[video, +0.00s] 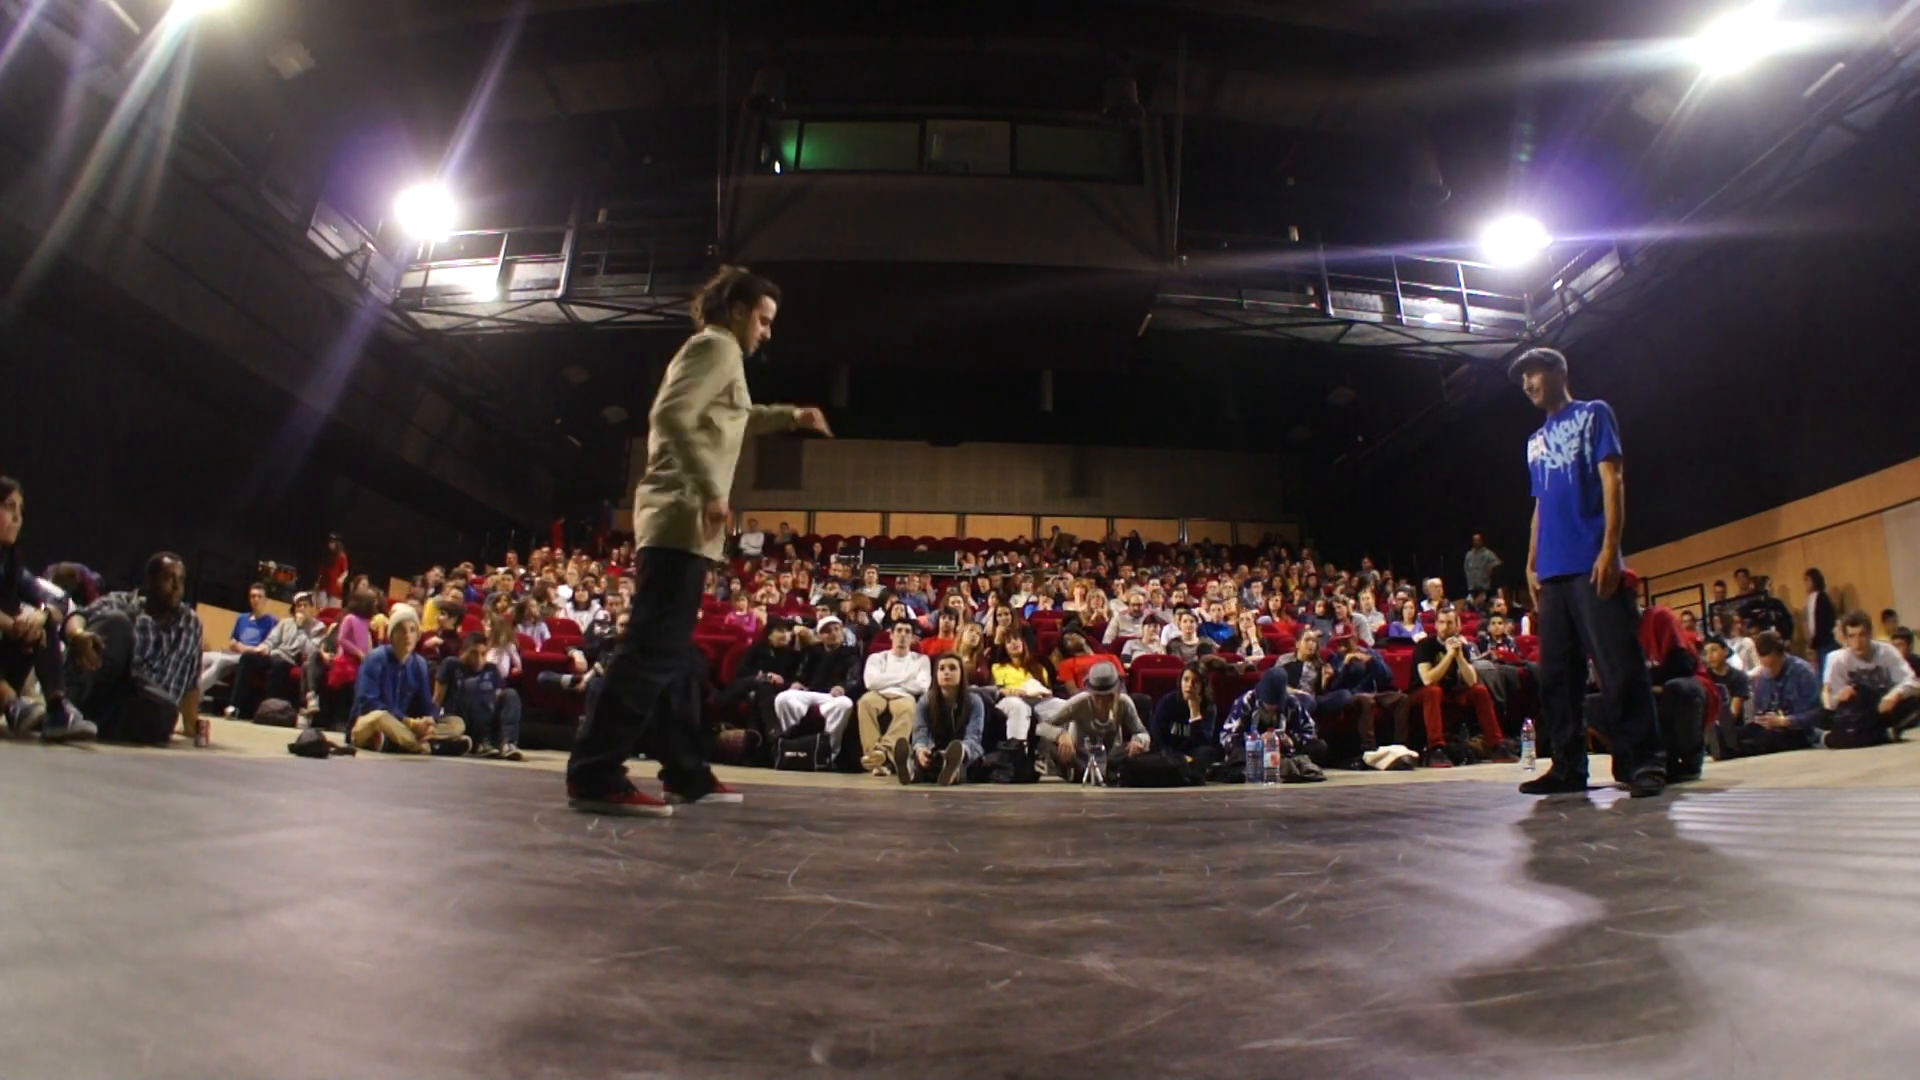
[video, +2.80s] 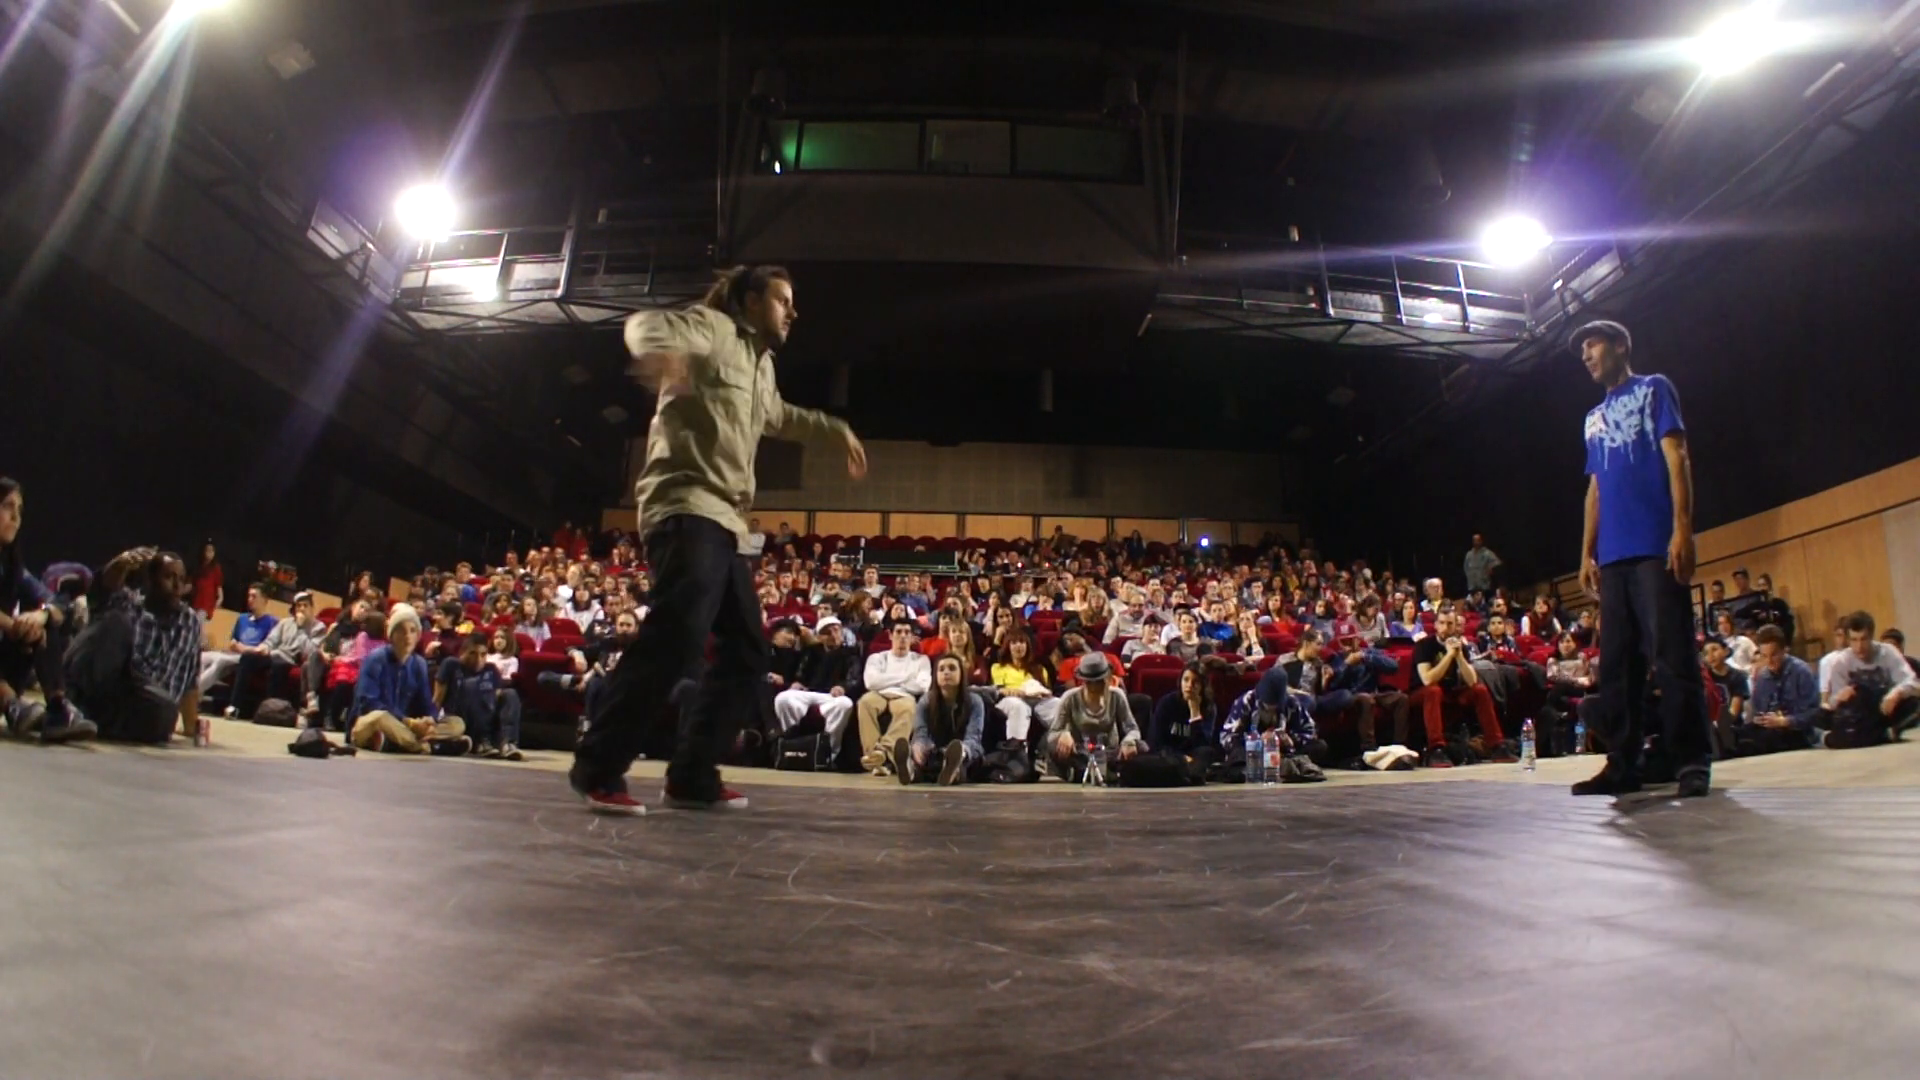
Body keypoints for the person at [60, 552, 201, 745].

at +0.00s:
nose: (176, 587)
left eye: (181, 580)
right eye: (169, 579)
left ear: (184, 585)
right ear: (151, 580)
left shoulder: (191, 623)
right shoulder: (122, 602)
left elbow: (190, 685)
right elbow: (78, 616)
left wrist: (191, 731)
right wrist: (76, 634)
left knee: (160, 719)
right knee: (116, 624)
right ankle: (64, 710)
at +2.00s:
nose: (178, 589)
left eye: (182, 583)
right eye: (170, 581)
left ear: (186, 586)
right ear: (151, 581)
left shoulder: (190, 623)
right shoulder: (122, 603)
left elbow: (190, 685)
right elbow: (77, 619)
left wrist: (191, 732)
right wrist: (78, 636)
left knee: (161, 719)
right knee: (116, 625)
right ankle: (69, 710)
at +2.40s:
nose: (178, 589)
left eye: (181, 582)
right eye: (170, 580)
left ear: (185, 585)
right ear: (152, 581)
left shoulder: (190, 623)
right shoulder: (127, 603)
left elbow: (190, 685)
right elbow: (82, 608)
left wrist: (191, 732)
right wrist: (84, 622)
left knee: (161, 719)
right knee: (118, 625)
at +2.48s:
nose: (178, 589)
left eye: (182, 582)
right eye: (171, 580)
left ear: (185, 585)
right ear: (152, 581)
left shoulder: (191, 622)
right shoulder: (131, 603)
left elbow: (191, 684)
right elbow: (92, 599)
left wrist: (191, 731)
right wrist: (94, 609)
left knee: (159, 721)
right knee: (117, 623)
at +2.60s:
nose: (176, 586)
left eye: (181, 580)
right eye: (170, 578)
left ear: (185, 584)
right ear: (152, 580)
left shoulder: (191, 621)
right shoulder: (131, 610)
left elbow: (190, 678)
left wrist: (191, 727)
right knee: (116, 622)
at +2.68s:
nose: (176, 585)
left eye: (181, 579)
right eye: (169, 577)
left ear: (185, 585)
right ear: (152, 579)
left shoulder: (191, 621)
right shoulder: (132, 609)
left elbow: (190, 678)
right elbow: (133, 666)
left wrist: (191, 727)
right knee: (116, 626)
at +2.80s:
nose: (176, 585)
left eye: (180, 580)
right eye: (168, 577)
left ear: (185, 585)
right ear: (152, 579)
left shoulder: (190, 621)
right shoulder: (131, 606)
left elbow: (190, 683)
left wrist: (191, 730)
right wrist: (121, 565)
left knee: (161, 718)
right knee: (117, 622)